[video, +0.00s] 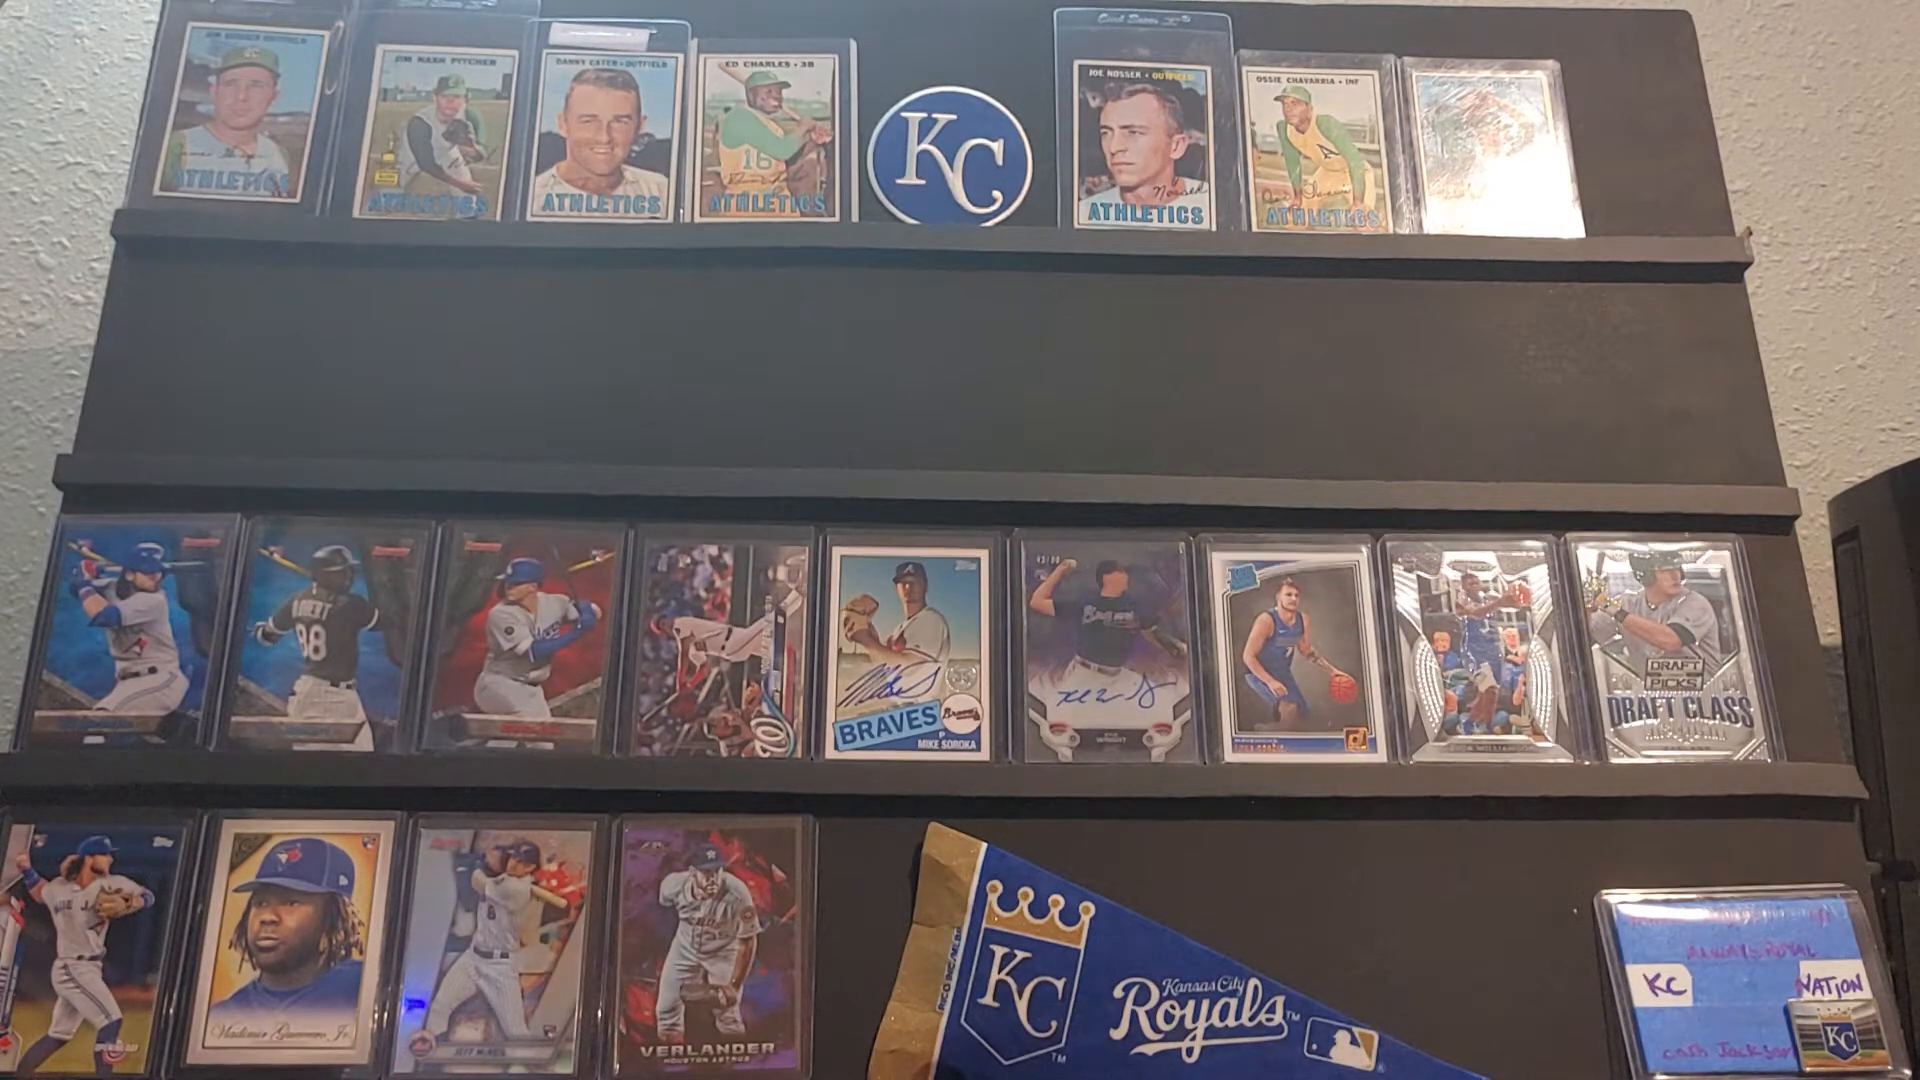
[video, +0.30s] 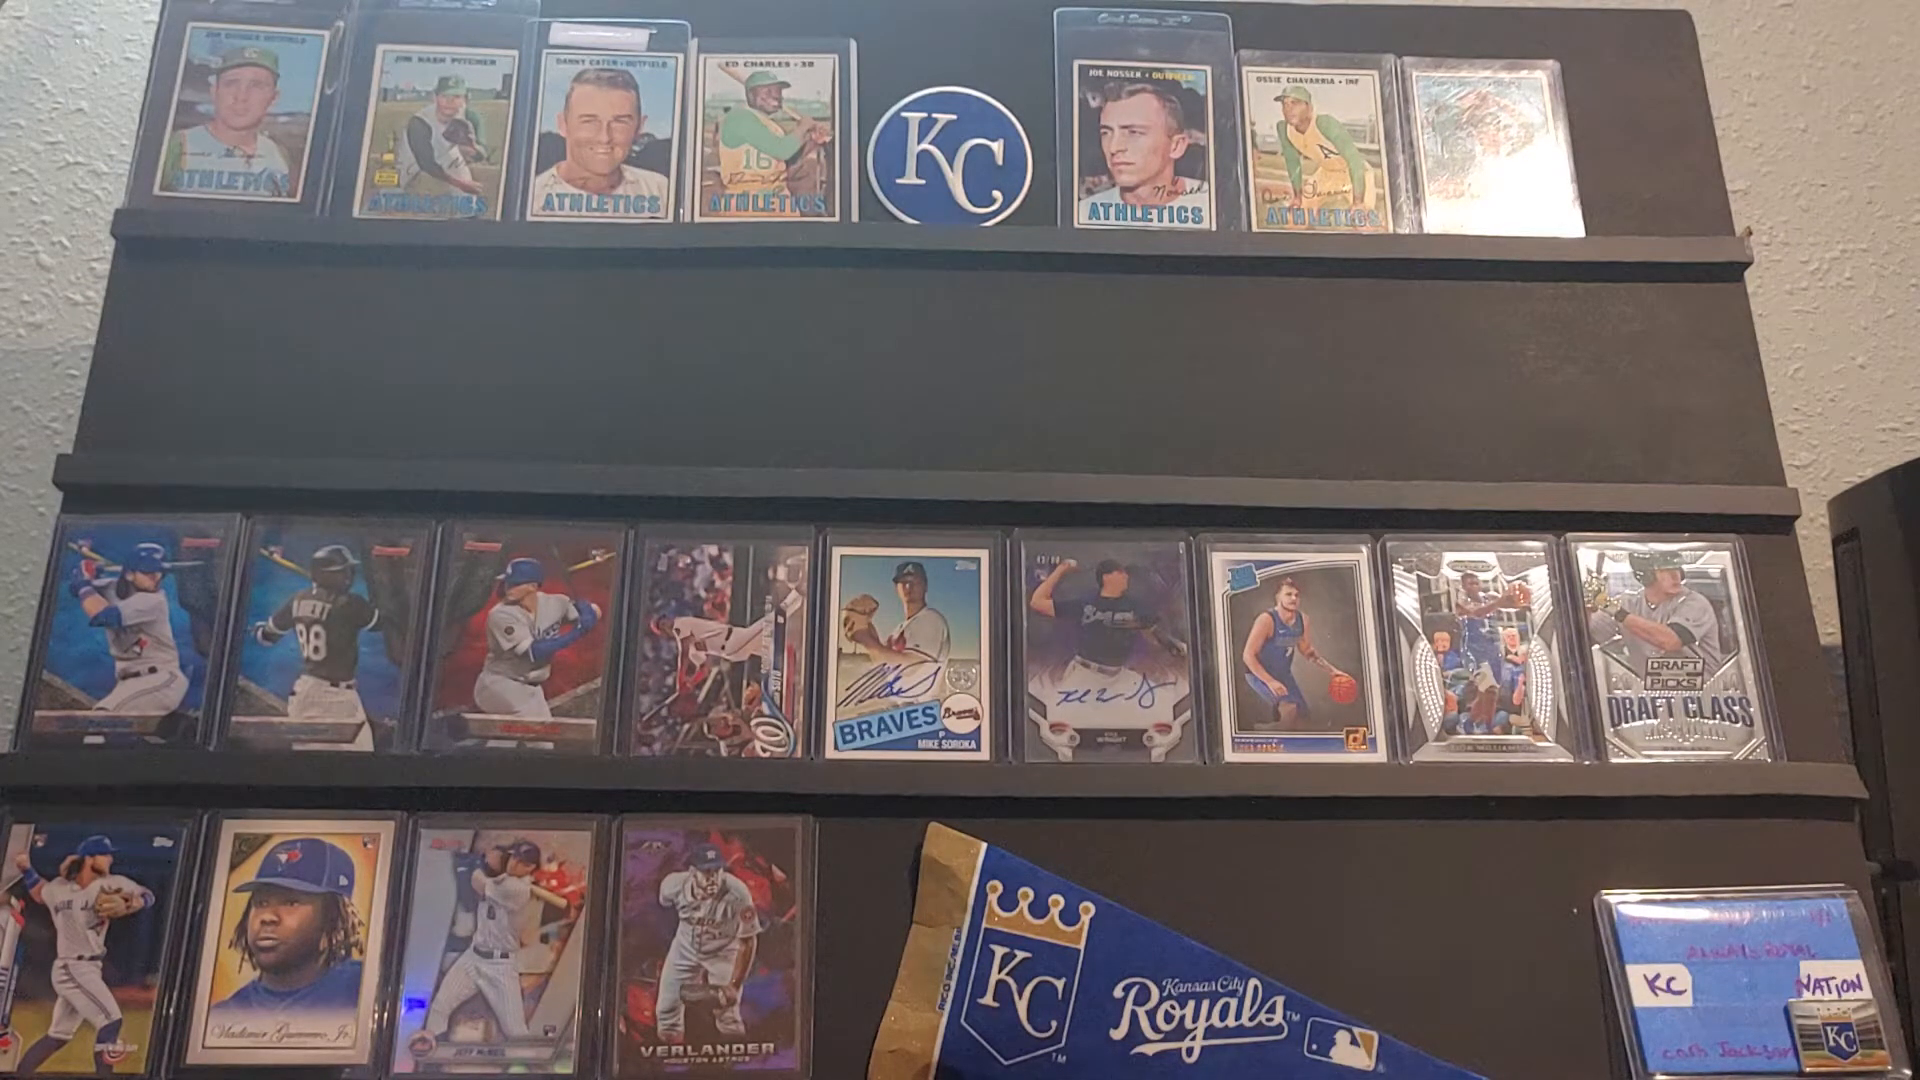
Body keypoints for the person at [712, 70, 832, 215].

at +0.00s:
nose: (777, 98)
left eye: (779, 92)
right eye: (770, 92)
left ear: (782, 93)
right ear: (753, 94)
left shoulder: (775, 128)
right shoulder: (738, 117)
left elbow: (784, 172)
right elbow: (781, 151)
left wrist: (811, 143)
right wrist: (803, 128)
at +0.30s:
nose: (777, 97)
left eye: (778, 92)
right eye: (770, 91)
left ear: (782, 93)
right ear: (752, 95)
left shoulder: (773, 126)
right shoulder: (739, 118)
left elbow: (784, 166)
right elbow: (782, 151)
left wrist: (811, 144)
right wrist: (802, 128)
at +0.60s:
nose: (777, 98)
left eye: (779, 93)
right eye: (770, 92)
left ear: (782, 93)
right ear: (753, 96)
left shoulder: (773, 126)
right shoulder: (739, 118)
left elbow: (783, 167)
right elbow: (782, 151)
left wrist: (811, 144)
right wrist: (803, 127)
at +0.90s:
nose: (777, 98)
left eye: (779, 93)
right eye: (770, 93)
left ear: (782, 93)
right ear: (753, 96)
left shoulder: (773, 126)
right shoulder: (739, 118)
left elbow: (784, 166)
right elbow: (782, 151)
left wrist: (811, 144)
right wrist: (802, 127)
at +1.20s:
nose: (777, 98)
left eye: (778, 92)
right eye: (769, 92)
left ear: (782, 93)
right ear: (752, 95)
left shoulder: (773, 126)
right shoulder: (739, 118)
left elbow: (785, 166)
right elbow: (783, 151)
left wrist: (811, 144)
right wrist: (803, 128)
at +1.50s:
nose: (776, 96)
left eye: (778, 91)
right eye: (768, 92)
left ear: (782, 93)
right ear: (751, 96)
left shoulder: (774, 127)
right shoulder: (739, 118)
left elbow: (785, 167)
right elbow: (783, 151)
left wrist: (810, 143)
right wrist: (802, 129)